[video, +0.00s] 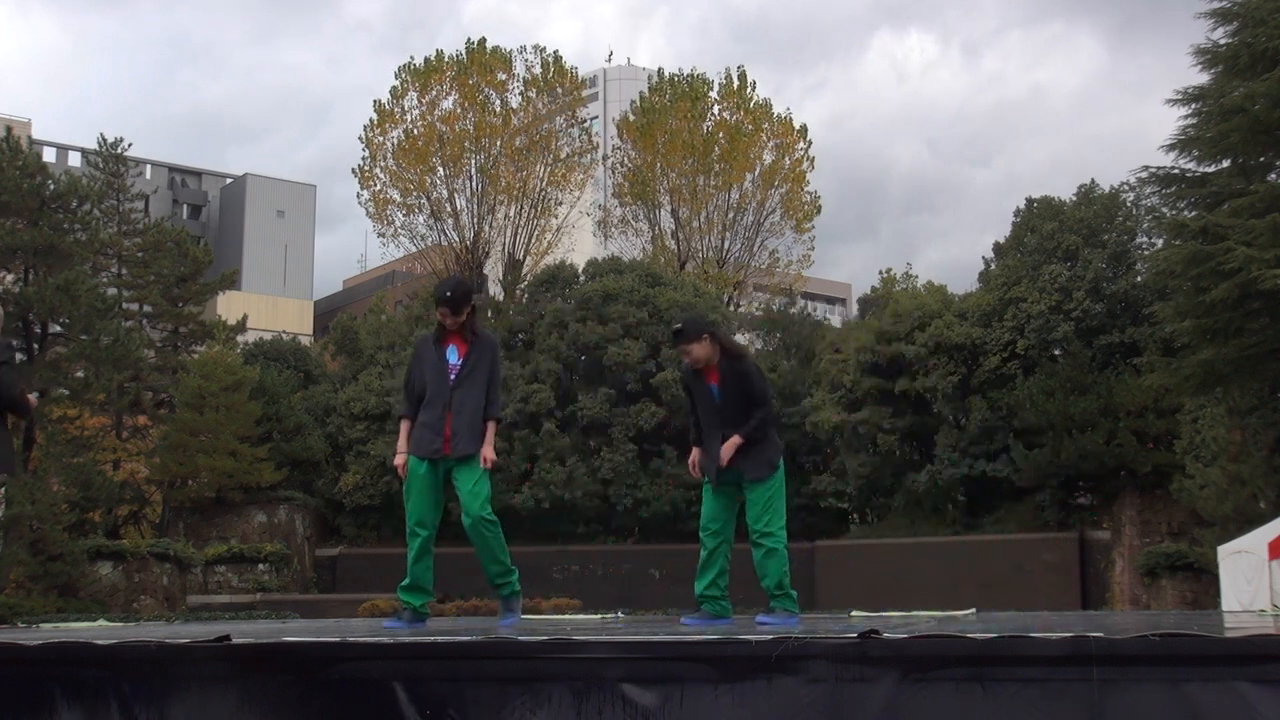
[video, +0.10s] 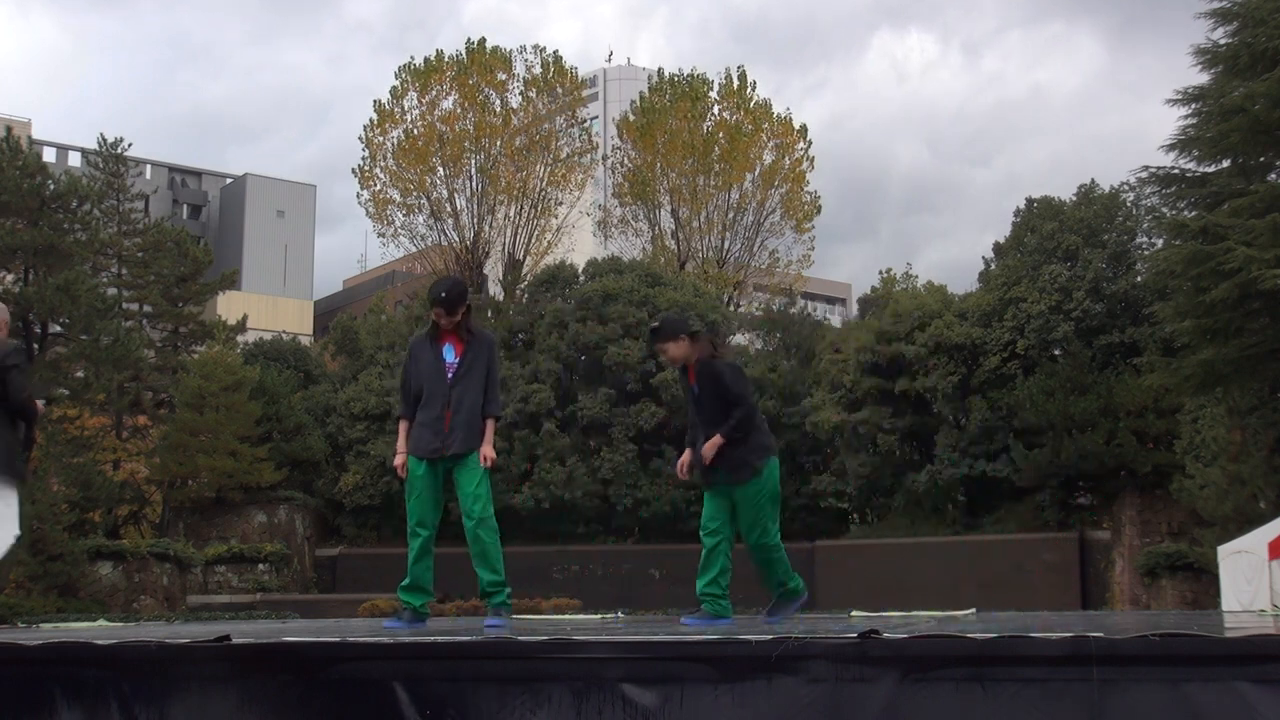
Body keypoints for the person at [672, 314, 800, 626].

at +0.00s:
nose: (685, 358)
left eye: (689, 350)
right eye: (682, 353)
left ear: (707, 340)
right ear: (684, 351)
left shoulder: (741, 365)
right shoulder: (690, 376)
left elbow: (765, 410)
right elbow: (696, 416)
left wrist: (736, 439)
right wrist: (697, 445)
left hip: (760, 459)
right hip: (719, 461)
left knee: (766, 532)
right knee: (712, 533)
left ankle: (784, 606)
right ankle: (714, 606)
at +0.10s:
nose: (664, 357)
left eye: (666, 350)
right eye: (661, 352)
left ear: (684, 341)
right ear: (680, 345)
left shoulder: (722, 370)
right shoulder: (689, 375)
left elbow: (746, 410)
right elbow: (697, 418)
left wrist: (717, 439)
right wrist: (690, 449)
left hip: (754, 462)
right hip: (719, 465)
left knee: (759, 534)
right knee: (714, 535)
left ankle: (791, 590)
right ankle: (715, 605)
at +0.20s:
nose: (656, 357)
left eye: (656, 349)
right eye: (653, 351)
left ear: (672, 342)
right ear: (673, 344)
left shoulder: (706, 372)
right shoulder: (692, 375)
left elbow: (735, 415)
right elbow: (698, 425)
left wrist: (709, 446)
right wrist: (678, 455)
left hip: (745, 464)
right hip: (716, 467)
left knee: (749, 529)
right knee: (705, 533)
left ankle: (796, 545)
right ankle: (715, 606)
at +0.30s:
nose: (658, 346)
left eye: (662, 338)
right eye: (657, 339)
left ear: (683, 333)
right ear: (678, 336)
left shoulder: (717, 363)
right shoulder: (684, 374)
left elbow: (740, 408)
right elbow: (688, 423)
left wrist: (709, 441)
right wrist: (671, 452)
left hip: (743, 461)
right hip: (708, 465)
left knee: (740, 535)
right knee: (700, 535)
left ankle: (791, 511)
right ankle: (716, 608)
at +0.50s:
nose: (699, 326)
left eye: (705, 318)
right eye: (692, 321)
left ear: (714, 322)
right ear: (682, 328)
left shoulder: (736, 359)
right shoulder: (672, 373)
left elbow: (756, 406)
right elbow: (661, 423)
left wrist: (737, 440)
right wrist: (662, 460)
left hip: (745, 463)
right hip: (699, 469)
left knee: (754, 524)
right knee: (696, 538)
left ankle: (770, 604)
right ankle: (714, 608)